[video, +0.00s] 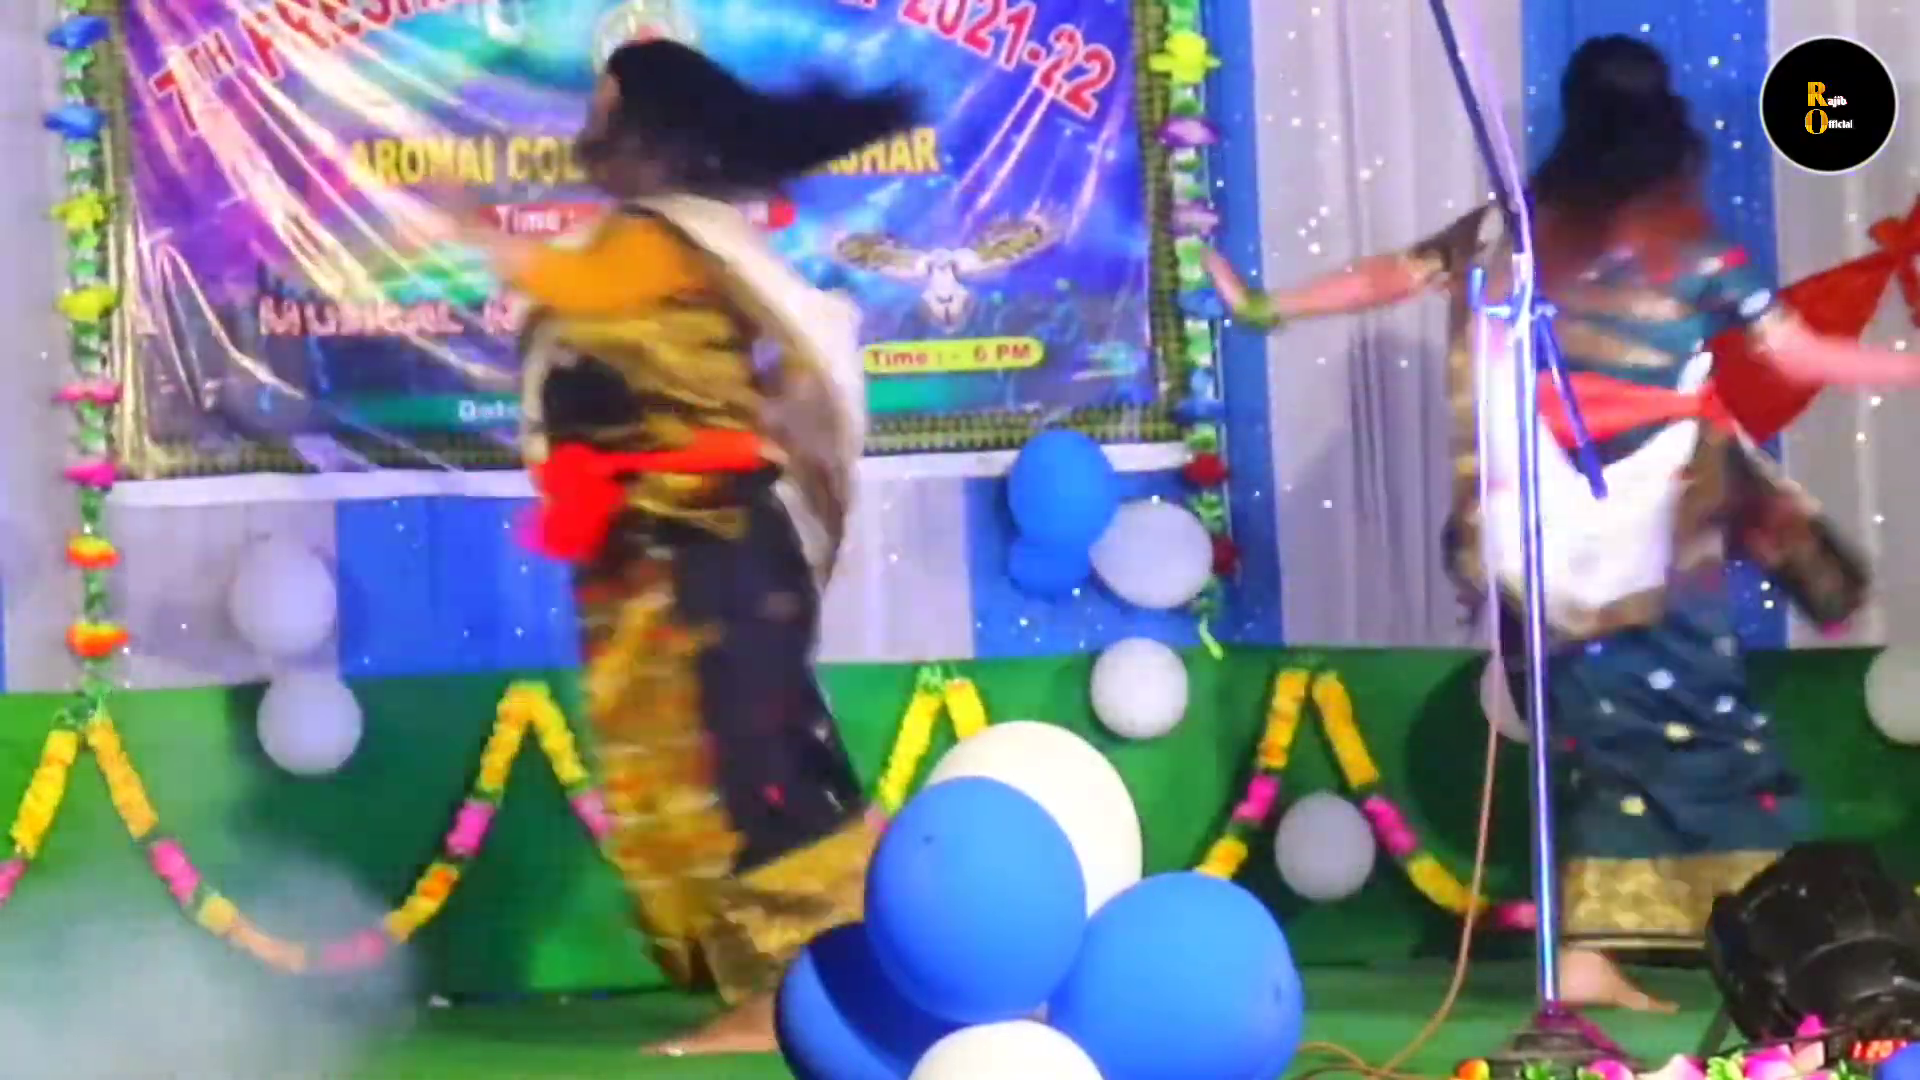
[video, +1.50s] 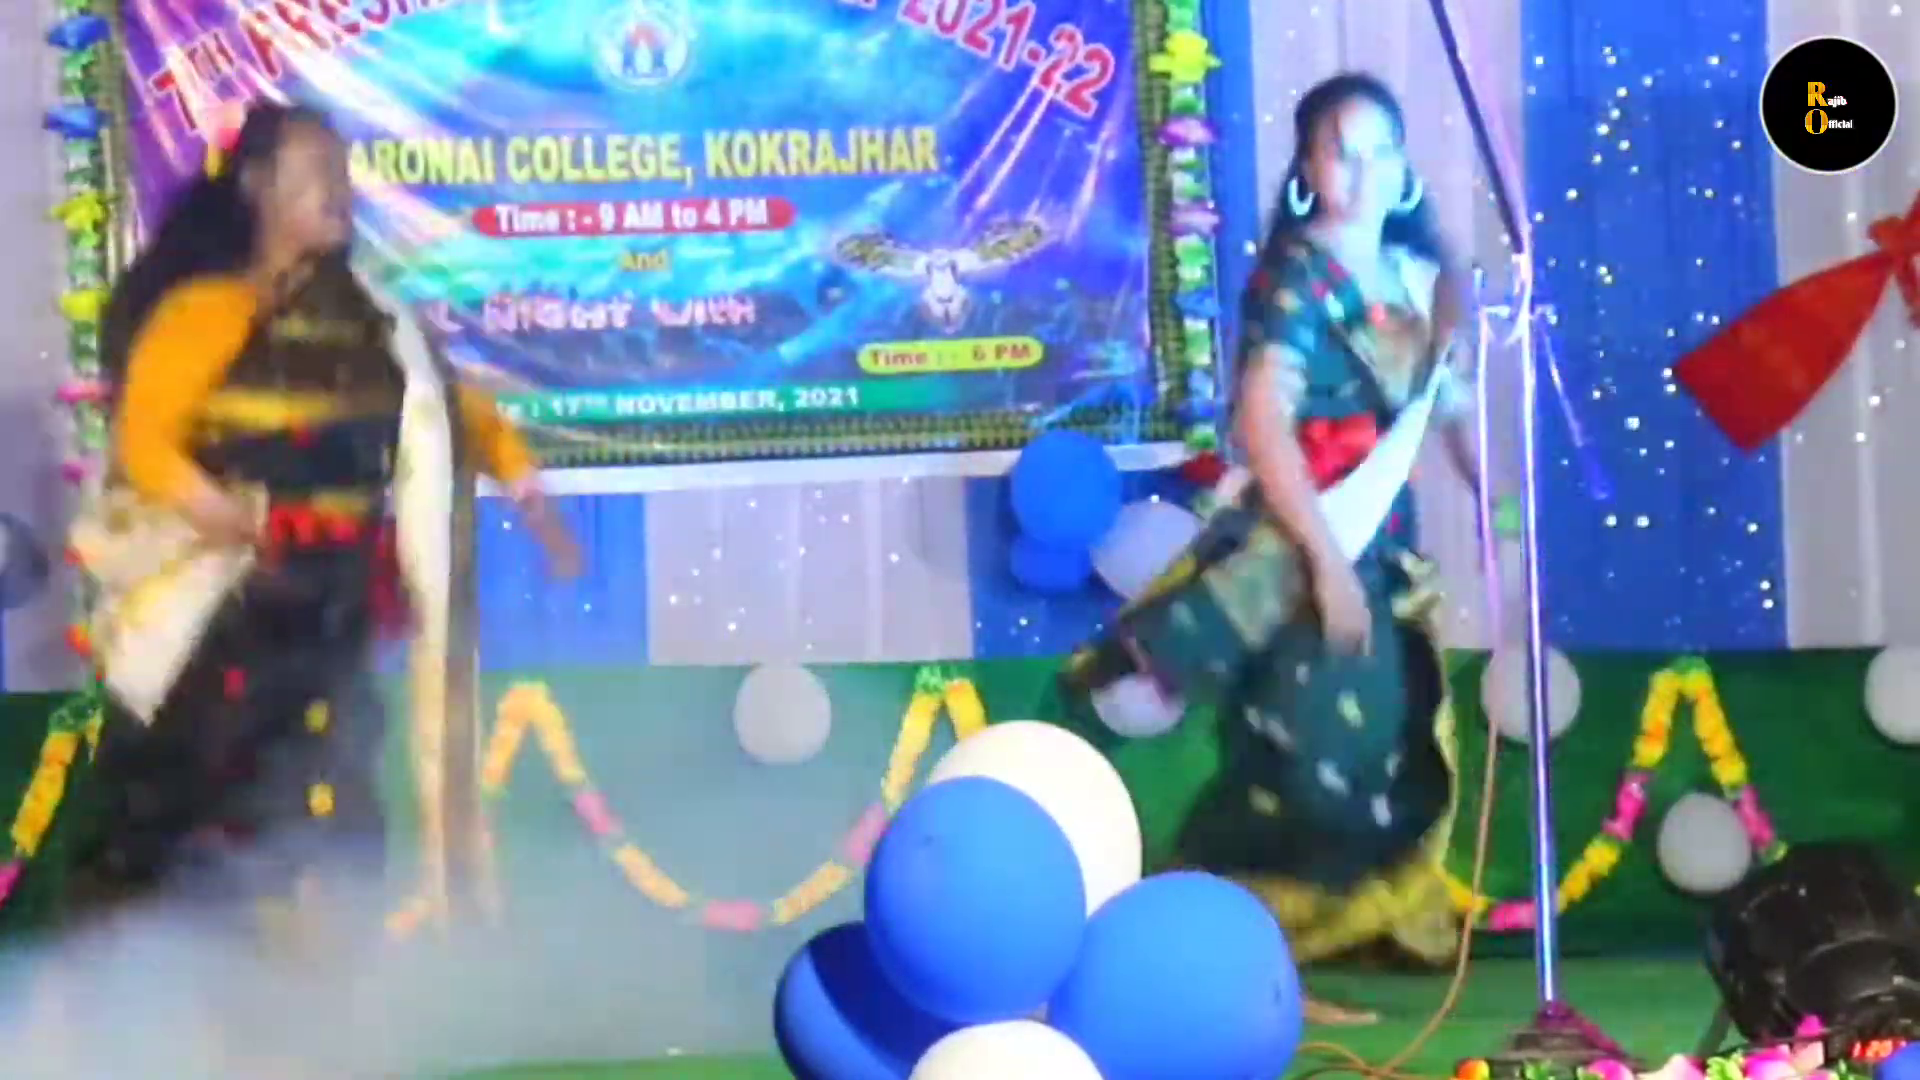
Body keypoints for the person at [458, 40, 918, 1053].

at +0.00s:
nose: (585, 135)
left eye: (603, 117)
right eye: (592, 114)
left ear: (649, 136)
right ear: (679, 139)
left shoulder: (662, 243)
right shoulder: (655, 240)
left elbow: (569, 286)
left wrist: (473, 227)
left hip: (699, 539)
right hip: (666, 538)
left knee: (694, 769)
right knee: (682, 765)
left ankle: (764, 1002)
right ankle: (754, 997)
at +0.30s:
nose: (610, 126)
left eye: (632, 104)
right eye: (595, 106)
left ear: (689, 105)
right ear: (580, 118)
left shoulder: (744, 225)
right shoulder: (569, 232)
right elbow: (465, 287)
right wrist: (389, 327)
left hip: (705, 514)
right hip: (602, 515)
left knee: (716, 742)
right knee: (629, 742)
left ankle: (740, 980)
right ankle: (656, 963)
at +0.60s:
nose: (588, 198)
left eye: (610, 179)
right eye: (569, 181)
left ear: (656, 189)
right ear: (546, 199)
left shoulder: (732, 314)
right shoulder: (511, 325)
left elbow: (791, 435)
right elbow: (463, 465)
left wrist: (726, 537)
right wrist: (497, 584)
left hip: (696, 606)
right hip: (561, 615)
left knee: (727, 810)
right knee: (563, 823)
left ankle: (720, 993)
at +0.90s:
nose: (486, 127)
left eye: (505, 111)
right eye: (463, 107)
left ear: (527, 132)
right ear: (416, 120)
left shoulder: (559, 245)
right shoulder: (346, 244)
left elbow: (636, 359)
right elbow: (272, 374)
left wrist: (573, 461)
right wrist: (306, 486)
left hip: (515, 528)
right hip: (385, 530)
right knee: (372, 754)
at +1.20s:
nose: (402, 154)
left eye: (416, 135)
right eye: (382, 131)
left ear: (434, 151)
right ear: (335, 138)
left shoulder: (456, 272)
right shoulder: (254, 261)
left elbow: (542, 396)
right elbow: (160, 391)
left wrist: (498, 510)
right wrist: (189, 526)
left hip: (398, 558)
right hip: (269, 561)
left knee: (386, 788)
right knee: (252, 788)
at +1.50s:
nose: (337, 200)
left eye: (341, 181)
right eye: (314, 182)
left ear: (349, 185)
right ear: (257, 191)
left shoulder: (371, 311)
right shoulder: (210, 310)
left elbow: (453, 405)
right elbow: (142, 438)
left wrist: (527, 491)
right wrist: (212, 508)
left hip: (341, 591)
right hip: (228, 591)